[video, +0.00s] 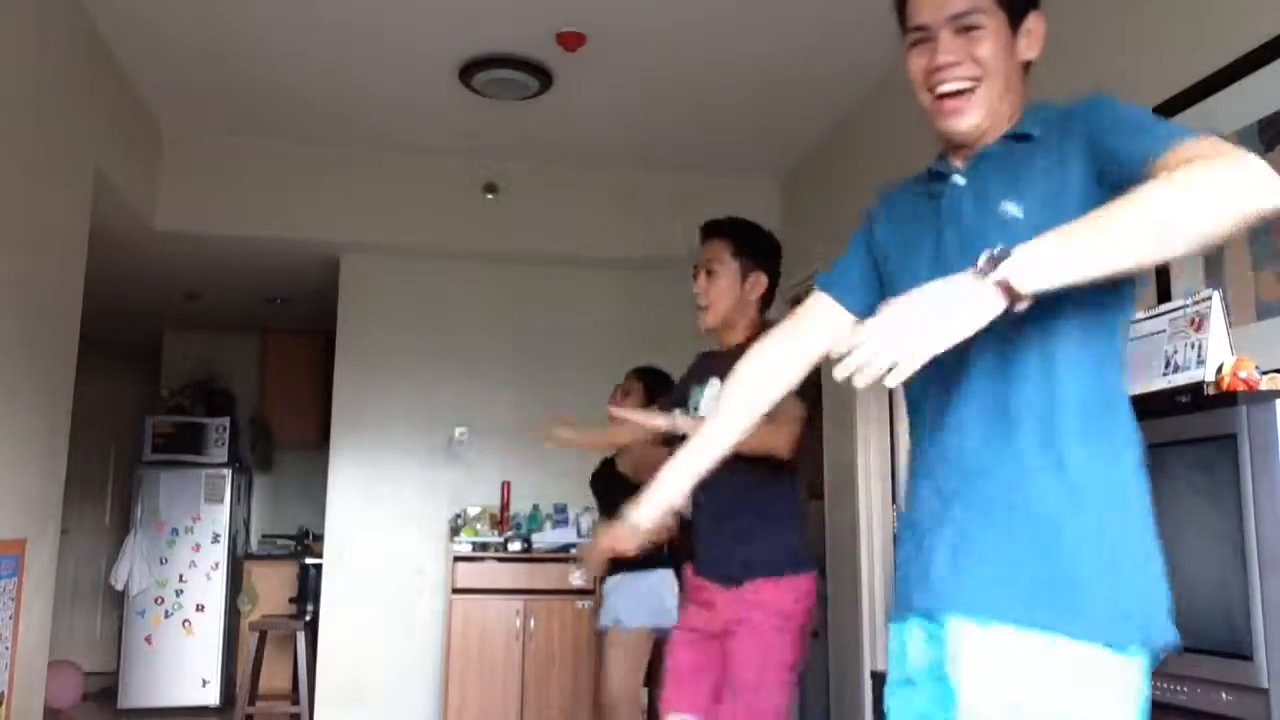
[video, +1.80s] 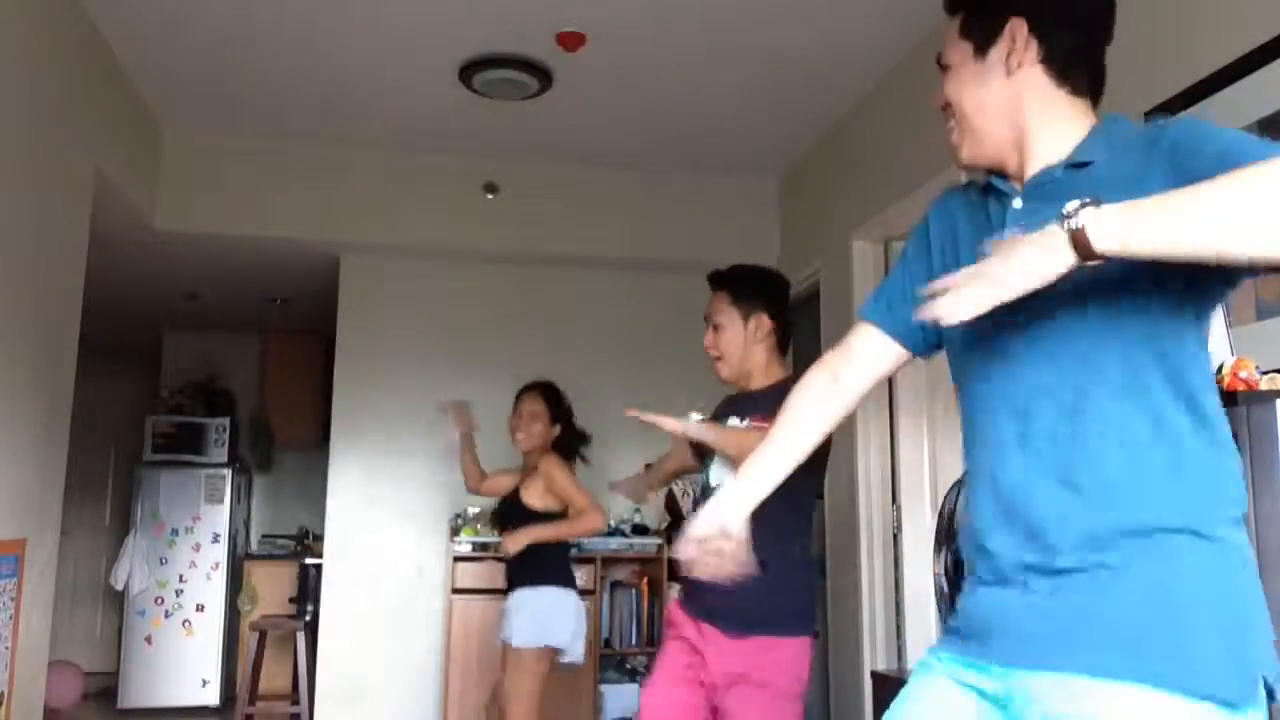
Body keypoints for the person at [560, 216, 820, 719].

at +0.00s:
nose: (696, 287)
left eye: (711, 272)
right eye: (698, 273)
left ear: (755, 285)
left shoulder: (786, 357)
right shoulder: (701, 371)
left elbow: (783, 441)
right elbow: (668, 467)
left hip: (772, 582)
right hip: (704, 580)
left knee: (754, 712)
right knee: (681, 711)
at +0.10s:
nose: (705, 308)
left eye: (718, 294)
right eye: (706, 294)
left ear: (763, 306)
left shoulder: (796, 385)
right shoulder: (710, 393)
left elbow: (783, 472)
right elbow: (651, 470)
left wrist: (691, 449)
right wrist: (675, 508)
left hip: (773, 614)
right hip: (696, 608)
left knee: (767, 715)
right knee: (678, 714)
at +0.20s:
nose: (707, 325)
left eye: (723, 310)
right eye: (710, 311)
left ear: (768, 322)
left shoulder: (797, 401)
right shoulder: (718, 408)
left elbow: (790, 482)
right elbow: (685, 492)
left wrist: (679, 447)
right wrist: (637, 536)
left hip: (767, 637)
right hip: (698, 629)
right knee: (648, 712)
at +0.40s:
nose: (705, 300)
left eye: (718, 285)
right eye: (705, 286)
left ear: (763, 296)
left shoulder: (783, 353)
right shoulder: (725, 364)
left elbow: (811, 380)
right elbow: (678, 384)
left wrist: (735, 375)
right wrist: (618, 396)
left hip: (751, 578)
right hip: (714, 578)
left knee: (719, 710)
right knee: (670, 708)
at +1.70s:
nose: (709, 325)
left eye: (720, 310)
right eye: (710, 311)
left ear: (766, 316)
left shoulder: (807, 389)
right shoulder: (723, 399)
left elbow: (778, 430)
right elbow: (696, 443)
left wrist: (703, 427)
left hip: (770, 626)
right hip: (693, 615)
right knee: (663, 713)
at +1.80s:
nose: (706, 342)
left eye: (716, 326)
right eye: (707, 327)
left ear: (761, 326)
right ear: (758, 328)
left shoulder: (807, 402)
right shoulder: (729, 408)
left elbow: (772, 452)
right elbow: (687, 453)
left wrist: (699, 431)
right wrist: (651, 478)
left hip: (767, 636)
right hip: (693, 624)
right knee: (658, 712)